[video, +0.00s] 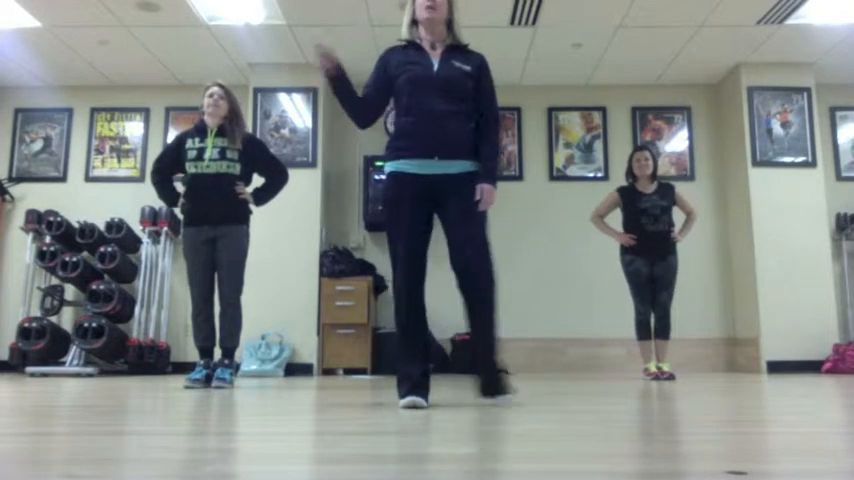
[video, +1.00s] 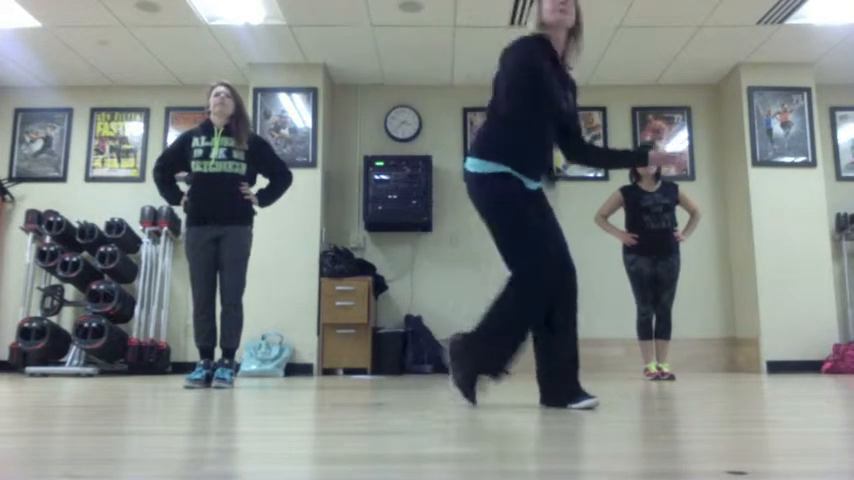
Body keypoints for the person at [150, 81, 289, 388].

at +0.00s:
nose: (213, 100)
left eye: (220, 97)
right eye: (209, 96)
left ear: (230, 107)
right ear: (202, 104)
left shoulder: (245, 142)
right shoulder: (187, 140)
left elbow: (280, 174)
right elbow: (159, 171)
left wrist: (256, 196)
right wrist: (175, 199)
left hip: (232, 227)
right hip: (196, 226)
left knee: (229, 295)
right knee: (200, 297)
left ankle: (227, 362)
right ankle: (205, 361)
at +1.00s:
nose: (220, 99)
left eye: (226, 96)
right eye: (216, 95)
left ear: (236, 107)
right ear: (207, 105)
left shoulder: (251, 143)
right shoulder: (192, 139)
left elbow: (284, 176)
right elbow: (161, 169)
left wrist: (260, 197)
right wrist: (177, 198)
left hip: (236, 227)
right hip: (199, 226)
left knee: (231, 296)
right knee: (202, 297)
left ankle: (227, 363)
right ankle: (205, 362)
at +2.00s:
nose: (202, 98)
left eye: (209, 95)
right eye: (199, 95)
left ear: (220, 104)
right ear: (192, 103)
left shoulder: (237, 138)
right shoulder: (178, 142)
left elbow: (251, 181)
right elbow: (170, 189)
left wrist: (266, 178)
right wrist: (150, 184)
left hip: (225, 227)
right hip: (187, 227)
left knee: (219, 295)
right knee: (186, 296)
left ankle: (217, 362)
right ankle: (187, 364)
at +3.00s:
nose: (258, 98)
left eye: (265, 94)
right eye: (254, 93)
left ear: (275, 105)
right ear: (246, 101)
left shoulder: (287, 142)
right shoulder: (228, 135)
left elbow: (297, 188)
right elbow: (210, 181)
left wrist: (316, 182)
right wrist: (204, 160)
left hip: (266, 228)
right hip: (227, 224)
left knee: (264, 297)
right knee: (198, 282)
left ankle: (263, 364)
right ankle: (183, 346)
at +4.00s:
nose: (215, 96)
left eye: (222, 94)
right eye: (211, 92)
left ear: (232, 105)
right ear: (203, 100)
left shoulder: (244, 139)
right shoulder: (184, 134)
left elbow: (262, 182)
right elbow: (164, 177)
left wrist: (284, 175)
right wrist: (180, 168)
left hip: (240, 225)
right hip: (200, 227)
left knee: (261, 281)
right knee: (194, 294)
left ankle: (269, 354)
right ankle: (190, 363)